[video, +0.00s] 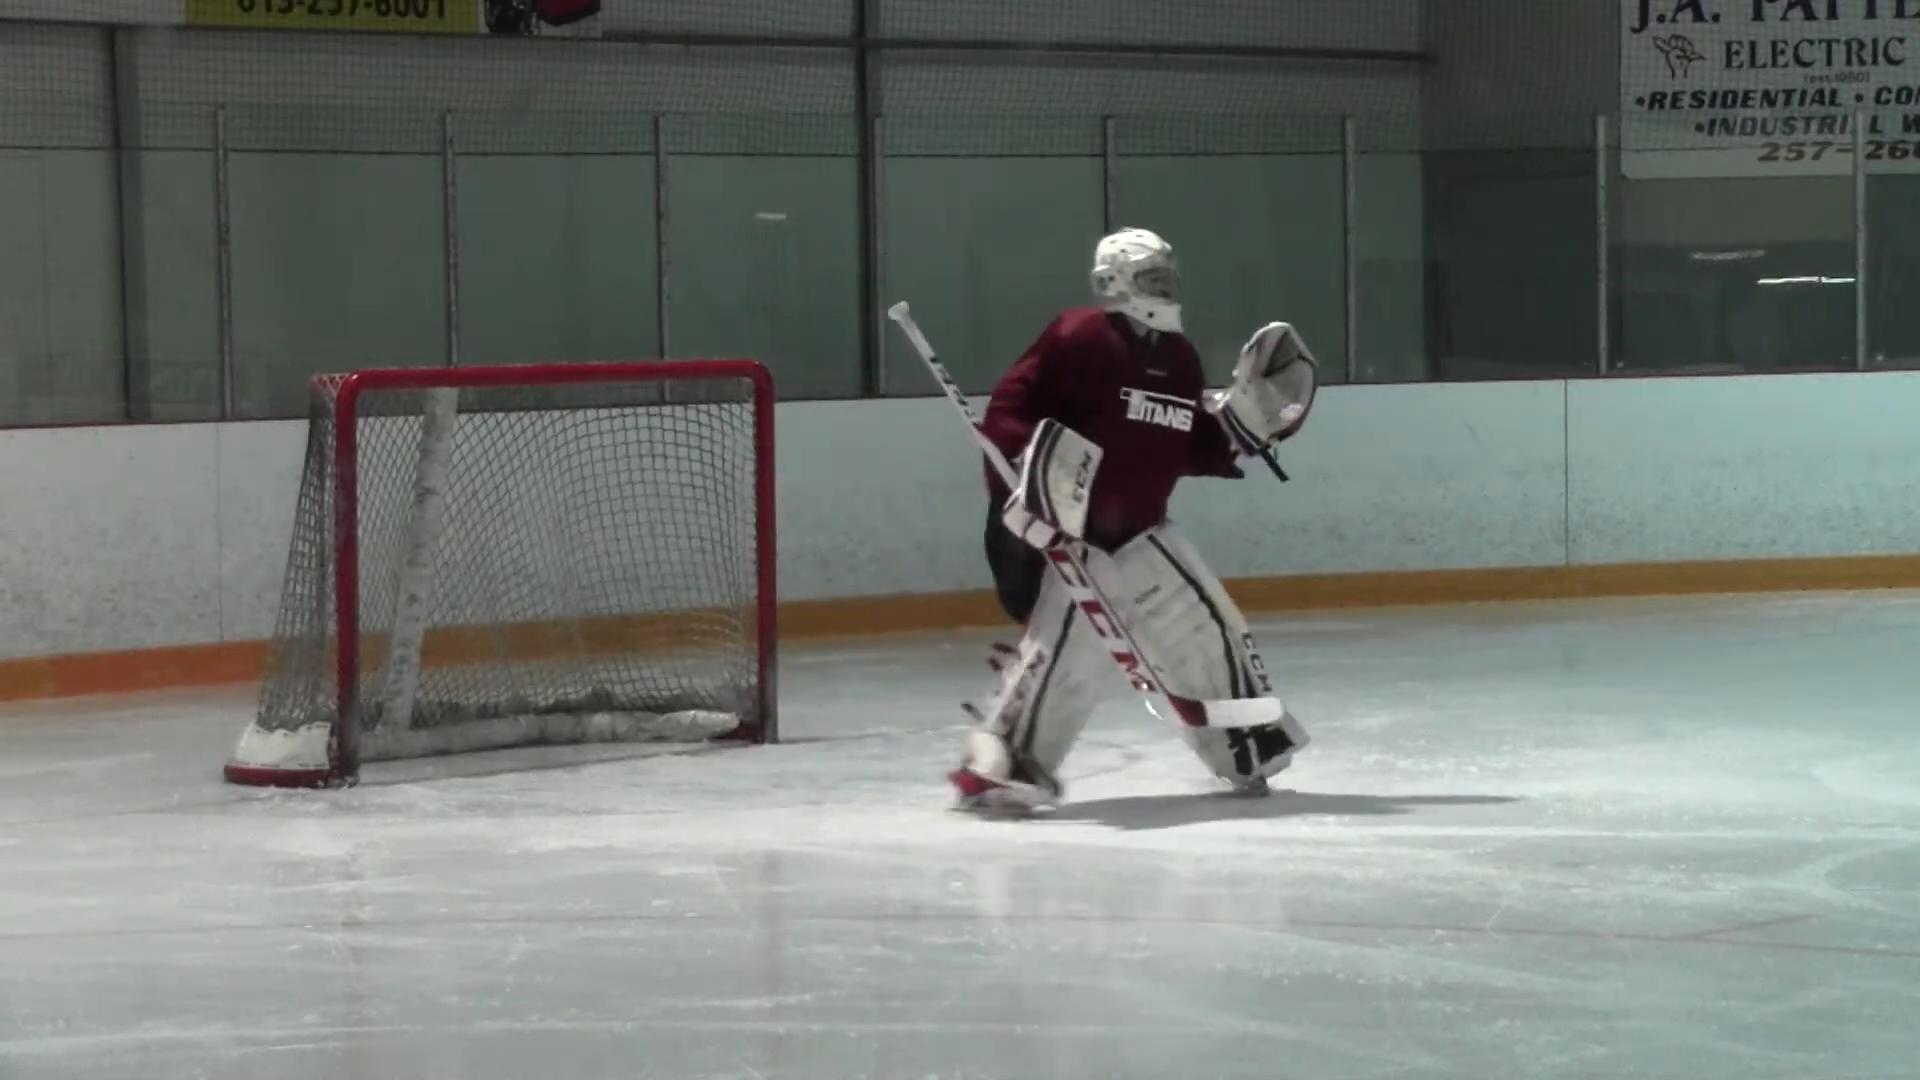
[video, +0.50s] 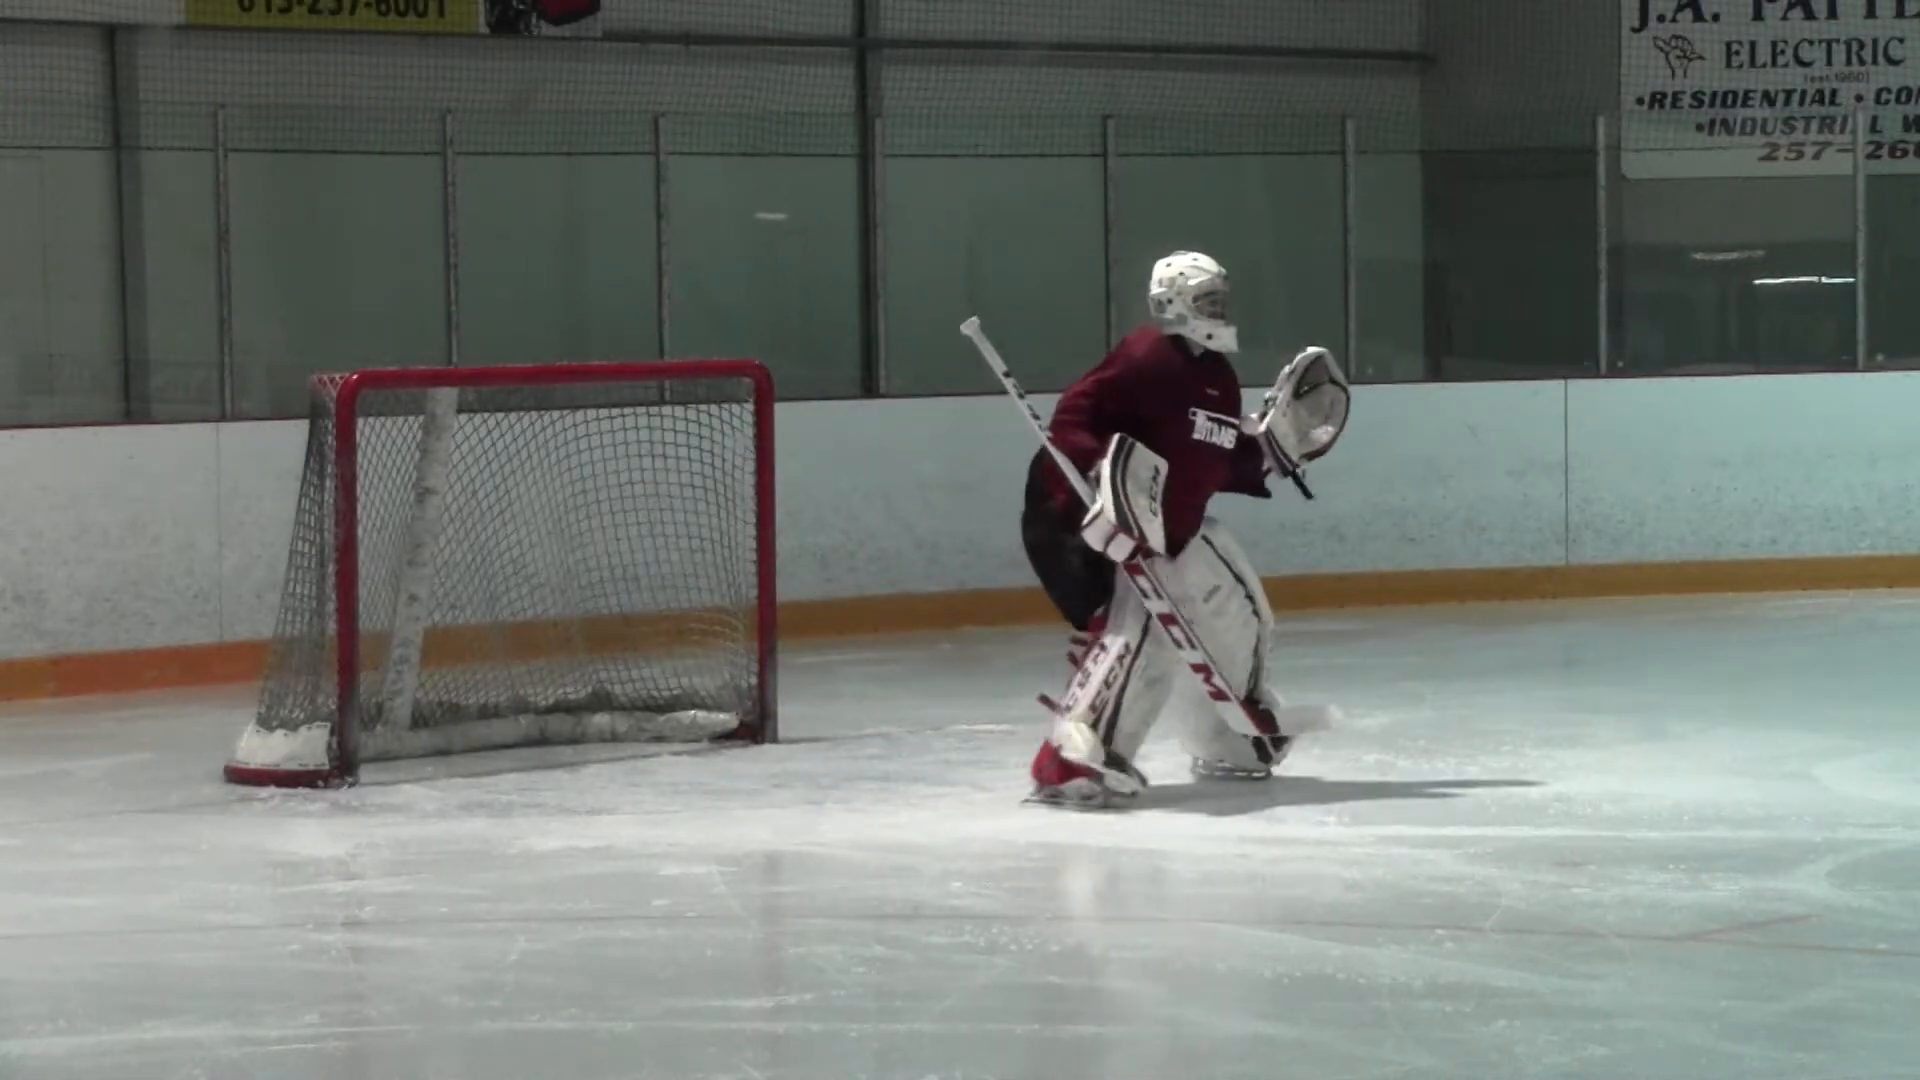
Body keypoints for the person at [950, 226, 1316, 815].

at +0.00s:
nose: (1163, 285)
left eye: (1167, 274)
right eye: (1148, 276)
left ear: (1174, 278)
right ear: (1112, 282)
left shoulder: (1180, 357)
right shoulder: (1079, 336)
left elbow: (1180, 446)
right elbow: (1001, 417)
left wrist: (1244, 423)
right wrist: (1053, 469)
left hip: (1144, 538)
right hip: (1071, 540)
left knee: (1205, 628)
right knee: (1064, 658)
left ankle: (1246, 754)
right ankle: (1004, 771)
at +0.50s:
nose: (1220, 309)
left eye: (1221, 299)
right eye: (1206, 301)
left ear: (1221, 302)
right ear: (1172, 308)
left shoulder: (1218, 376)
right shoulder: (1147, 358)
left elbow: (1204, 462)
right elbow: (1068, 420)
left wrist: (1274, 447)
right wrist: (1115, 480)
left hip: (1165, 530)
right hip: (1086, 525)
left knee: (1230, 610)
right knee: (1140, 632)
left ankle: (1231, 741)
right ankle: (1078, 757)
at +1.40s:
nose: (1224, 346)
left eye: (1224, 335)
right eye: (1213, 337)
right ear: (1182, 342)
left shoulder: (1193, 402)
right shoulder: (1155, 378)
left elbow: (1191, 493)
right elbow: (1087, 439)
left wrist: (1239, 479)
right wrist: (1131, 508)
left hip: (1094, 512)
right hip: (1046, 499)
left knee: (1182, 596)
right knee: (1123, 618)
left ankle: (1160, 726)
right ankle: (1044, 735)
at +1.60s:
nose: (1202, 371)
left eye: (1202, 359)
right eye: (1191, 359)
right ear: (1160, 364)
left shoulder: (1168, 423)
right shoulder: (1133, 398)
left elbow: (1166, 525)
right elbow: (1067, 462)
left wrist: (1209, 493)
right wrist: (1120, 533)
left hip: (1060, 534)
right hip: (1018, 524)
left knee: (1137, 622)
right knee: (1109, 632)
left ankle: (1097, 729)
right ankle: (1011, 729)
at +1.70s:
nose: (1192, 385)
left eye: (1192, 373)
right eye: (1181, 374)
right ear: (1150, 378)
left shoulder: (1148, 423)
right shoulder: (1128, 415)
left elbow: (1165, 511)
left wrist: (1201, 504)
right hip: (1012, 538)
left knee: (1130, 651)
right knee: (1117, 655)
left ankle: (1080, 734)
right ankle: (1010, 727)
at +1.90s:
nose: (1179, 402)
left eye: (1180, 391)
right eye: (1169, 391)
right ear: (1139, 393)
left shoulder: (1130, 438)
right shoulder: (1116, 430)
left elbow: (1149, 521)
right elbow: (1141, 516)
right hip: (1006, 560)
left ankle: (1071, 732)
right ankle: (1005, 731)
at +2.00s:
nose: (1169, 404)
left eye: (1170, 393)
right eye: (1158, 393)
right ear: (1128, 393)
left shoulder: (1123, 441)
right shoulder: (1104, 428)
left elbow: (1131, 532)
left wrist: (1166, 587)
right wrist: (1132, 563)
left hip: (1065, 580)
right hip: (1020, 573)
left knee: (1139, 661)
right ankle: (992, 727)